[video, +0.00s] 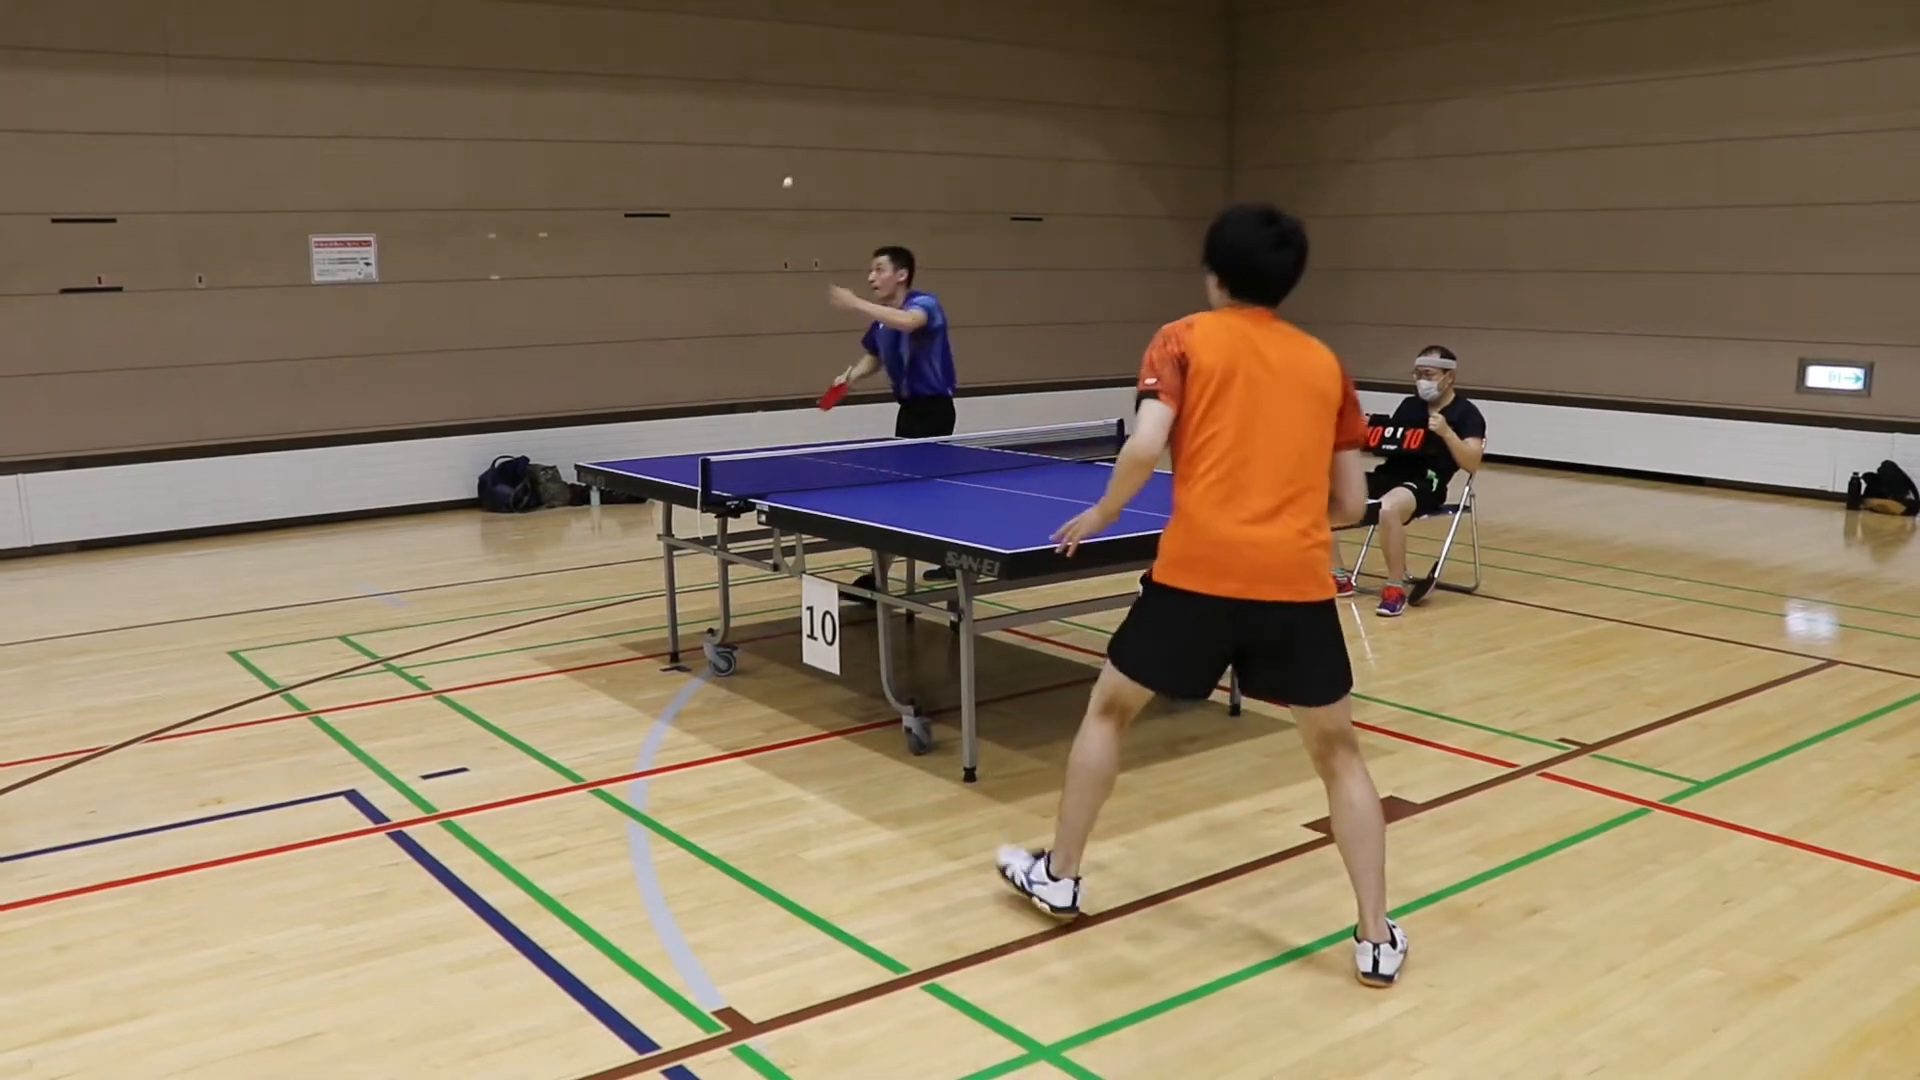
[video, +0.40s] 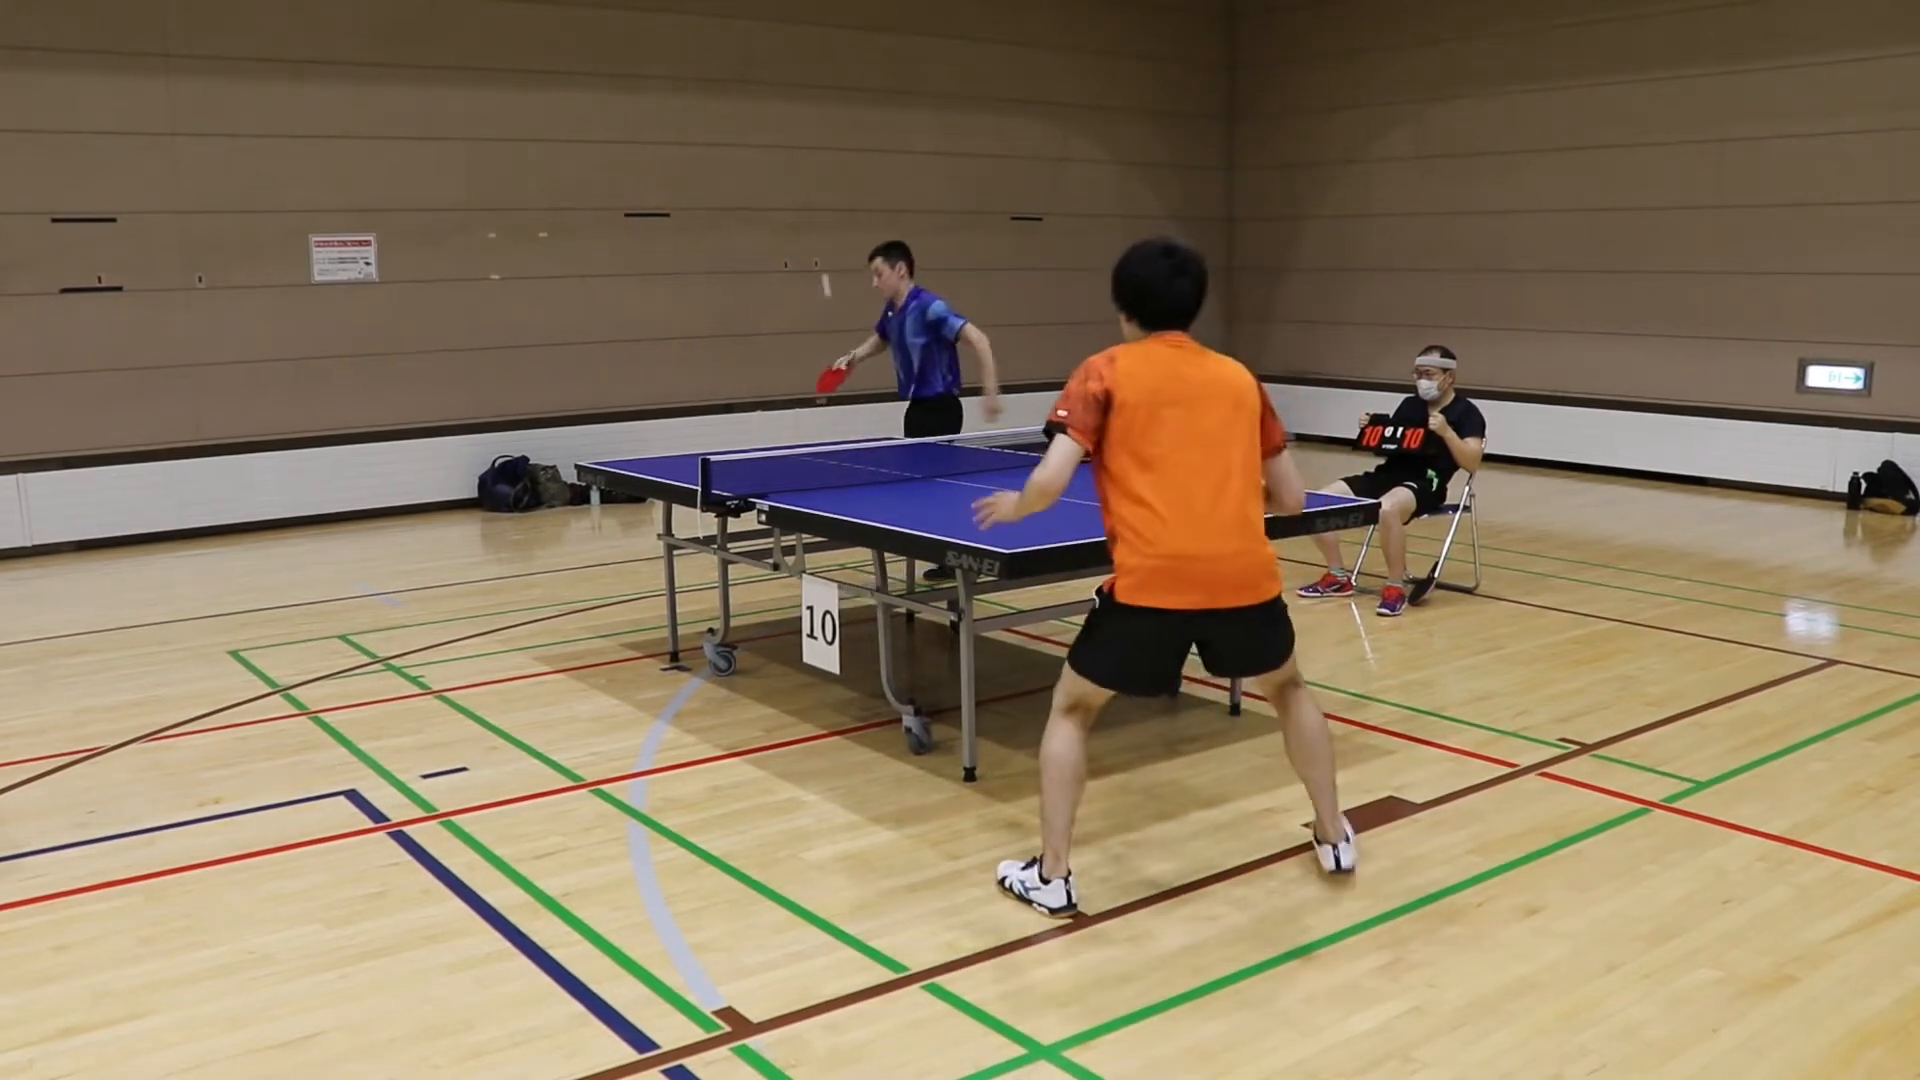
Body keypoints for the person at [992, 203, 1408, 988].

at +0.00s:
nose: (1206, 277)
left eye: (1209, 267)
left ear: (1215, 274)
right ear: (1291, 281)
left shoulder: (1185, 340)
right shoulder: (1324, 365)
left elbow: (1144, 449)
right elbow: (1350, 503)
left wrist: (1101, 513)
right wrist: (1281, 511)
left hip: (1195, 579)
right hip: (1298, 590)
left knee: (1110, 710)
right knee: (1338, 749)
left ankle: (1060, 872)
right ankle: (1376, 936)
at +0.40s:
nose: (1116, 310)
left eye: (1118, 301)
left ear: (1124, 305)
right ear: (1194, 307)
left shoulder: (1107, 372)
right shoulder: (1239, 379)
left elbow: (1048, 485)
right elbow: (1290, 498)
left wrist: (1015, 506)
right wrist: (1226, 481)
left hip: (1147, 591)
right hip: (1246, 587)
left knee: (1072, 708)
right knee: (1289, 690)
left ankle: (1052, 874)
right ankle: (1337, 836)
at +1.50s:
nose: (1010, 346)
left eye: (1012, 337)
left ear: (1018, 344)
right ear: (1090, 342)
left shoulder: (993, 421)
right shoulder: (1134, 419)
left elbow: (922, 544)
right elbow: (1203, 517)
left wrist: (925, 542)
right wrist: (1158, 464)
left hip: (1025, 644)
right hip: (1126, 642)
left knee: (920, 743)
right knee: (1194, 749)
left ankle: (851, 901)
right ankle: (1281, 895)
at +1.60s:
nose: (1061, 319)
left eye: (1066, 309)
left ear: (1071, 315)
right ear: (1145, 317)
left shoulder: (1038, 388)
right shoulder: (1184, 399)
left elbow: (966, 500)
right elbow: (1228, 527)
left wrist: (1032, 509)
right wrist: (1174, 486)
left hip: (1056, 618)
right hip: (1163, 614)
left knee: (956, 733)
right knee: (1266, 718)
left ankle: (878, 889)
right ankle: (1316, 887)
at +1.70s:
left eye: (1131, 310)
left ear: (1132, 317)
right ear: (1208, 322)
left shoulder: (1089, 389)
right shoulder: (1239, 416)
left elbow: (1036, 500)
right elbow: (1263, 561)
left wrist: (1106, 512)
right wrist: (1238, 541)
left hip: (1085, 627)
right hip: (1192, 630)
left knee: (1007, 740)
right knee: (1288, 748)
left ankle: (969, 886)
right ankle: (1372, 909)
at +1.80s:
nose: (1173, 344)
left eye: (1176, 334)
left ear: (1177, 341)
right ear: (1255, 351)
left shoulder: (1125, 411)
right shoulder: (1269, 443)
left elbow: (1094, 512)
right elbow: (1278, 599)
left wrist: (1167, 520)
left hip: (1106, 650)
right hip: (1208, 660)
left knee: (1039, 782)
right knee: (1300, 756)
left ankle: (981, 916)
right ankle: (1376, 916)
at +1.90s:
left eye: (1185, 346)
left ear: (1183, 355)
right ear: (1259, 374)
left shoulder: (1134, 424)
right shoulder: (1251, 461)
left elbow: (1128, 543)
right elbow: (1247, 615)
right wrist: (1297, 695)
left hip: (1088, 668)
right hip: (1191, 684)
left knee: (1018, 798)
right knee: (1302, 761)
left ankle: (932, 901)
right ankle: (1374, 919)